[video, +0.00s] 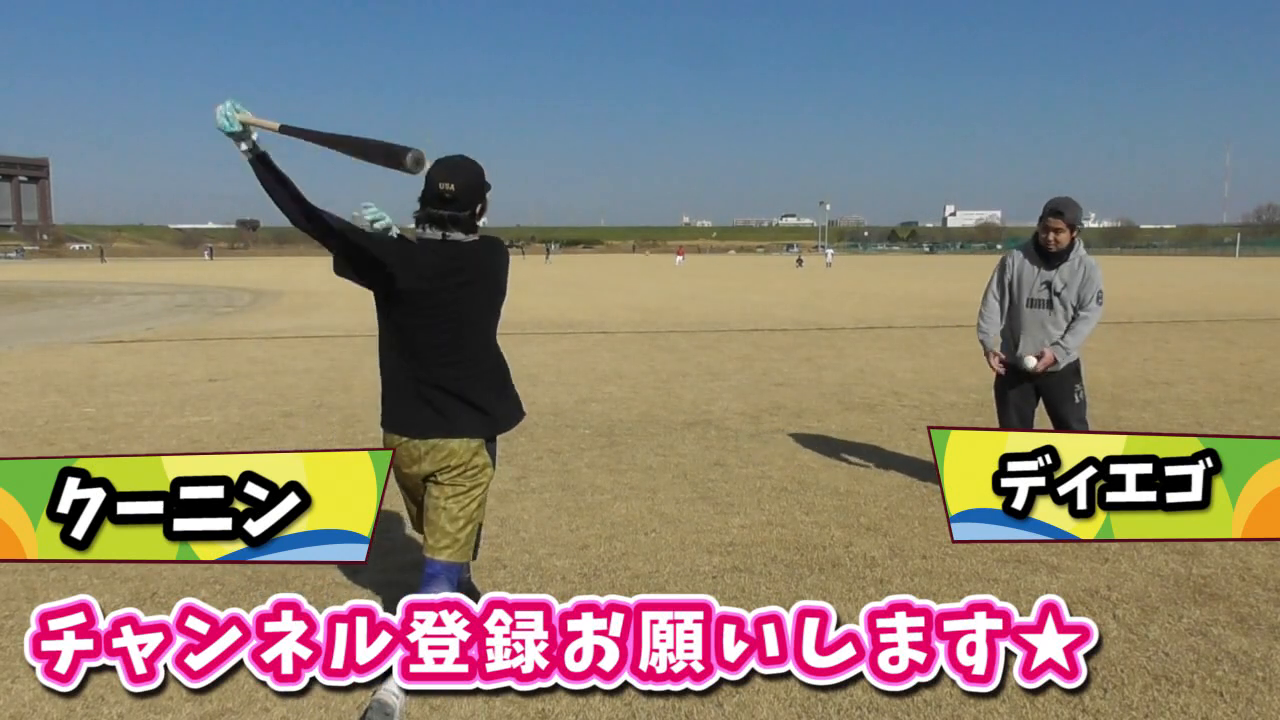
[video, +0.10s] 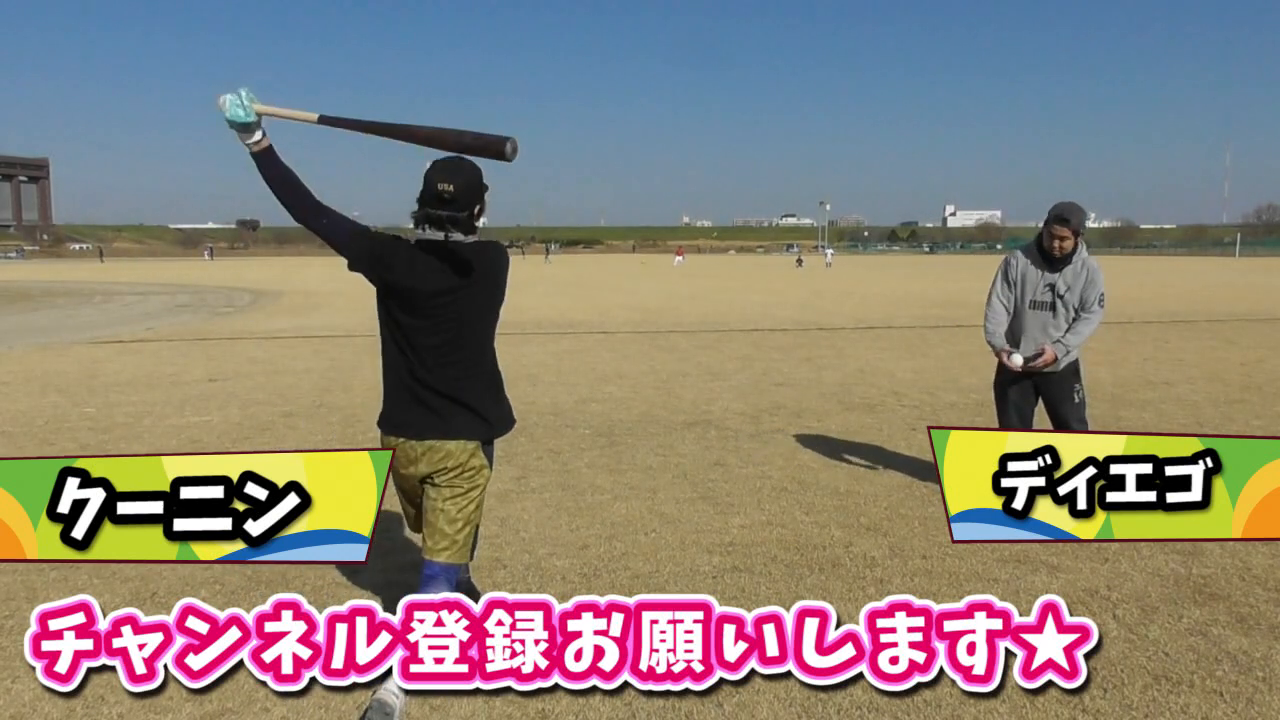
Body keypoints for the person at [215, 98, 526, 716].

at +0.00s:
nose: (485, 207)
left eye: (476, 198)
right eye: (484, 200)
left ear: (424, 203)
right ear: (478, 208)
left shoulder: (390, 254)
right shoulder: (493, 256)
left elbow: (305, 215)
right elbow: (444, 257)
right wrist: (394, 236)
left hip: (402, 435)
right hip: (464, 439)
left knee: (442, 549)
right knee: (444, 570)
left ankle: (479, 636)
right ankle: (393, 693)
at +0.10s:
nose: (480, 208)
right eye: (481, 202)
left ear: (421, 205)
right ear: (478, 212)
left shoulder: (388, 257)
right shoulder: (494, 262)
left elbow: (309, 211)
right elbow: (465, 243)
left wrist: (256, 142)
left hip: (402, 436)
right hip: (463, 440)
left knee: (439, 547)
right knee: (441, 573)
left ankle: (478, 634)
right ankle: (396, 691)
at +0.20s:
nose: (442, 204)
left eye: (433, 195)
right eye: (475, 199)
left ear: (424, 204)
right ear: (482, 211)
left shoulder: (396, 253)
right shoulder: (496, 264)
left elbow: (318, 207)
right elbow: (442, 259)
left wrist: (271, 136)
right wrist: (370, 256)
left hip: (402, 432)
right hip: (463, 436)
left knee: (437, 553)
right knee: (438, 574)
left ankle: (475, 628)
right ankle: (394, 692)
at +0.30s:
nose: (483, 206)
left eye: (434, 188)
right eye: (486, 199)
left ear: (429, 202)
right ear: (484, 213)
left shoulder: (396, 250)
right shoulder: (499, 267)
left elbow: (321, 199)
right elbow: (456, 260)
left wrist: (278, 127)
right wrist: (382, 254)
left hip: (400, 432)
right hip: (461, 437)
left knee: (434, 555)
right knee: (436, 575)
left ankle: (470, 639)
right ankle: (395, 693)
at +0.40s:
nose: (491, 209)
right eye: (492, 202)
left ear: (432, 202)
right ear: (485, 214)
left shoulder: (397, 249)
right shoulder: (501, 268)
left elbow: (323, 194)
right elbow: (450, 269)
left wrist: (277, 122)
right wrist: (376, 255)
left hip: (399, 431)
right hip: (461, 436)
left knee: (436, 556)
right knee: (434, 572)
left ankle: (472, 639)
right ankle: (395, 694)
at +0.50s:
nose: (481, 209)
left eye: (452, 194)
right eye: (487, 202)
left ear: (434, 203)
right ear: (488, 214)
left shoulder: (399, 249)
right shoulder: (502, 270)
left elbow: (323, 193)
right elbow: (463, 270)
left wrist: (272, 122)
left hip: (399, 429)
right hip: (461, 435)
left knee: (436, 556)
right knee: (435, 571)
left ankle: (473, 639)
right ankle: (394, 692)